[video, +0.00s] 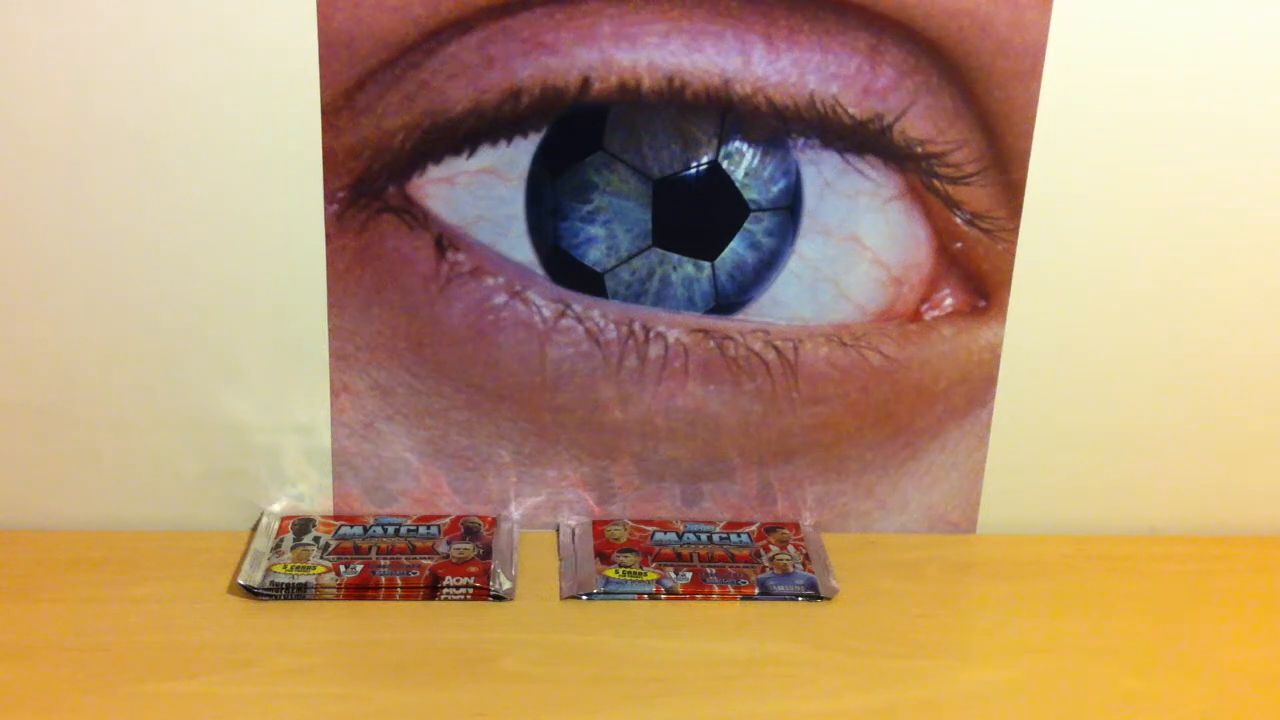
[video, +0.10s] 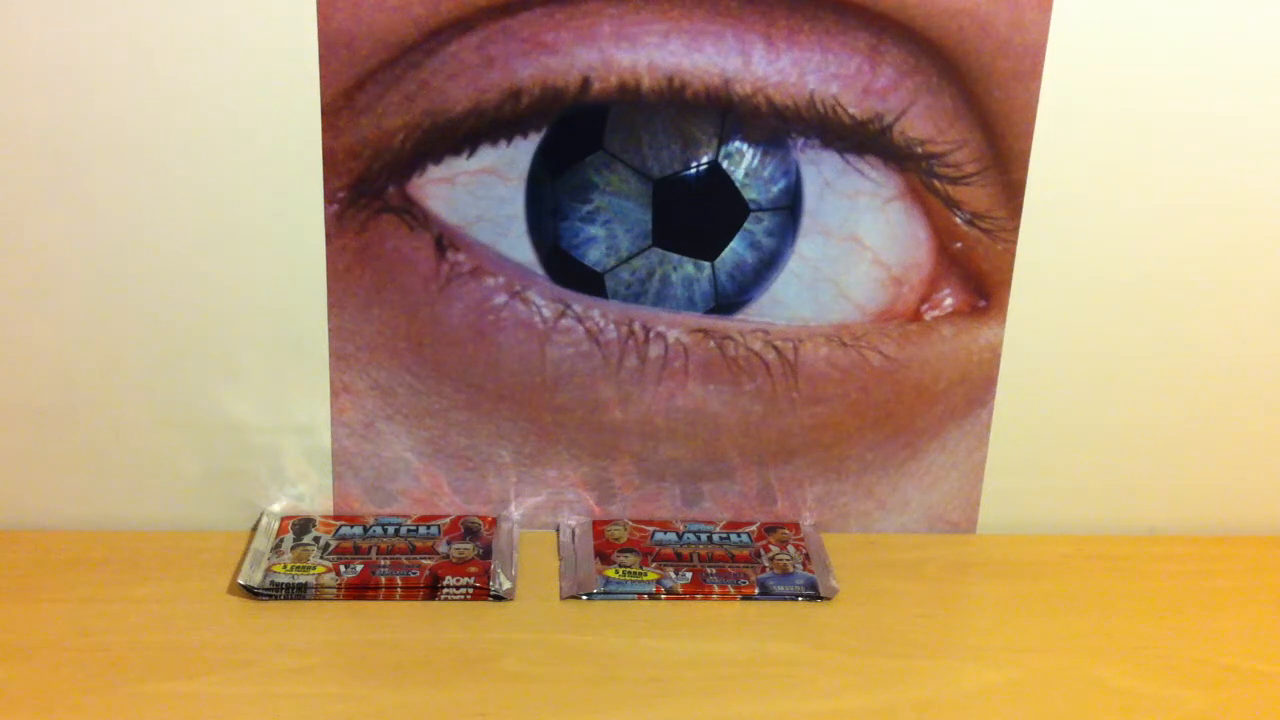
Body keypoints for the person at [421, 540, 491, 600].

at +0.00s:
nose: (461, 551)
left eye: (465, 548)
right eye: (457, 548)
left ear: (474, 550)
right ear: (449, 550)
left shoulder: (483, 567)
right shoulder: (436, 568)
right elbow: (426, 598)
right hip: (443, 612)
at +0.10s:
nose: (461, 550)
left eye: (465, 547)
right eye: (456, 547)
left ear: (474, 550)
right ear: (449, 550)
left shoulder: (484, 567)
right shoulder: (437, 568)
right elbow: (426, 598)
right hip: (443, 612)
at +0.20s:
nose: (461, 550)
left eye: (465, 547)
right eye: (456, 547)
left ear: (474, 550)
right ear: (449, 550)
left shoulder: (484, 567)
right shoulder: (437, 568)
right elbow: (426, 598)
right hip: (443, 612)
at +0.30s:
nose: (461, 550)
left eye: (465, 547)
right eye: (456, 547)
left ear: (474, 550)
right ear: (449, 550)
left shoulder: (484, 567)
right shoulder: (437, 568)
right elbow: (426, 598)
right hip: (443, 612)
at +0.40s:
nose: (461, 551)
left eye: (465, 547)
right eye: (456, 547)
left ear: (474, 550)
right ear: (449, 550)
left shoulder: (484, 567)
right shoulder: (436, 568)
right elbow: (425, 598)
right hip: (443, 612)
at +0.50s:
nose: (461, 550)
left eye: (465, 547)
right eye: (456, 547)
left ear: (474, 550)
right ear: (449, 550)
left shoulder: (484, 567)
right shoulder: (437, 568)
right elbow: (426, 598)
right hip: (443, 612)